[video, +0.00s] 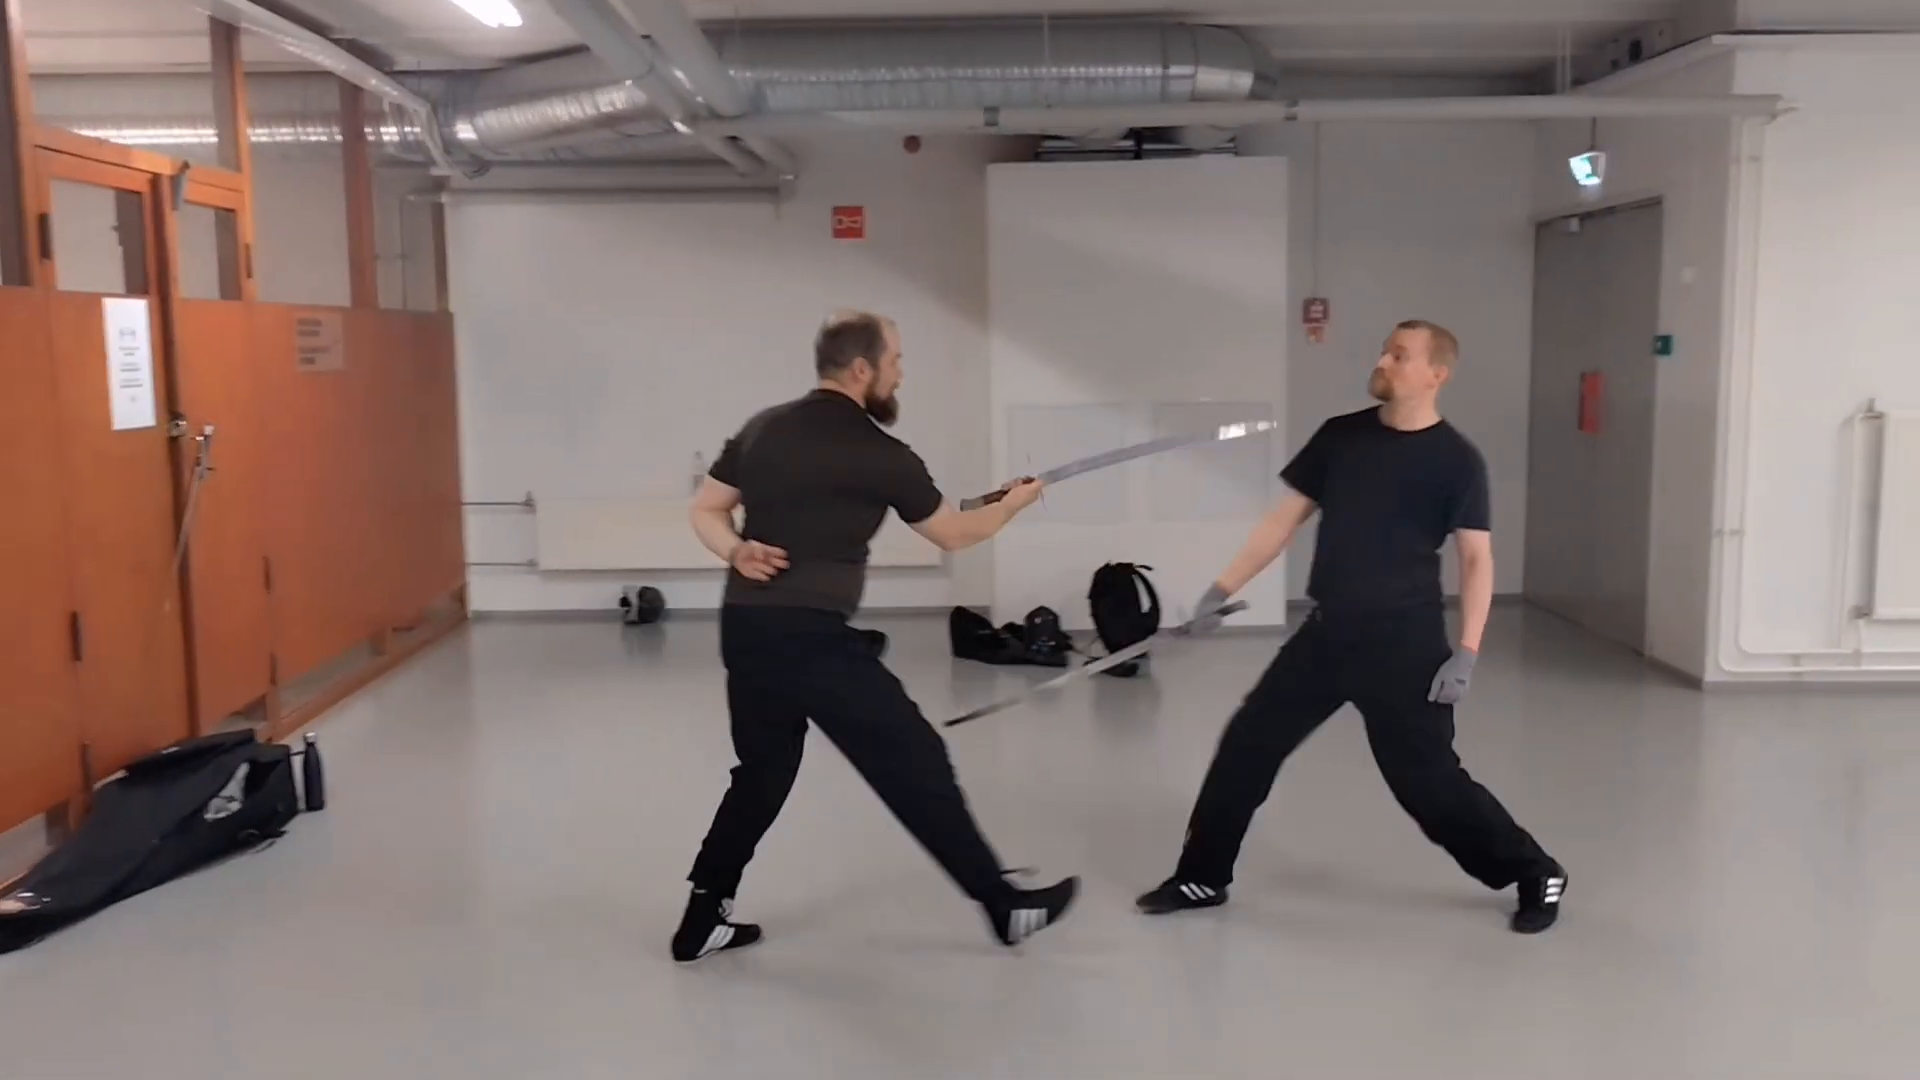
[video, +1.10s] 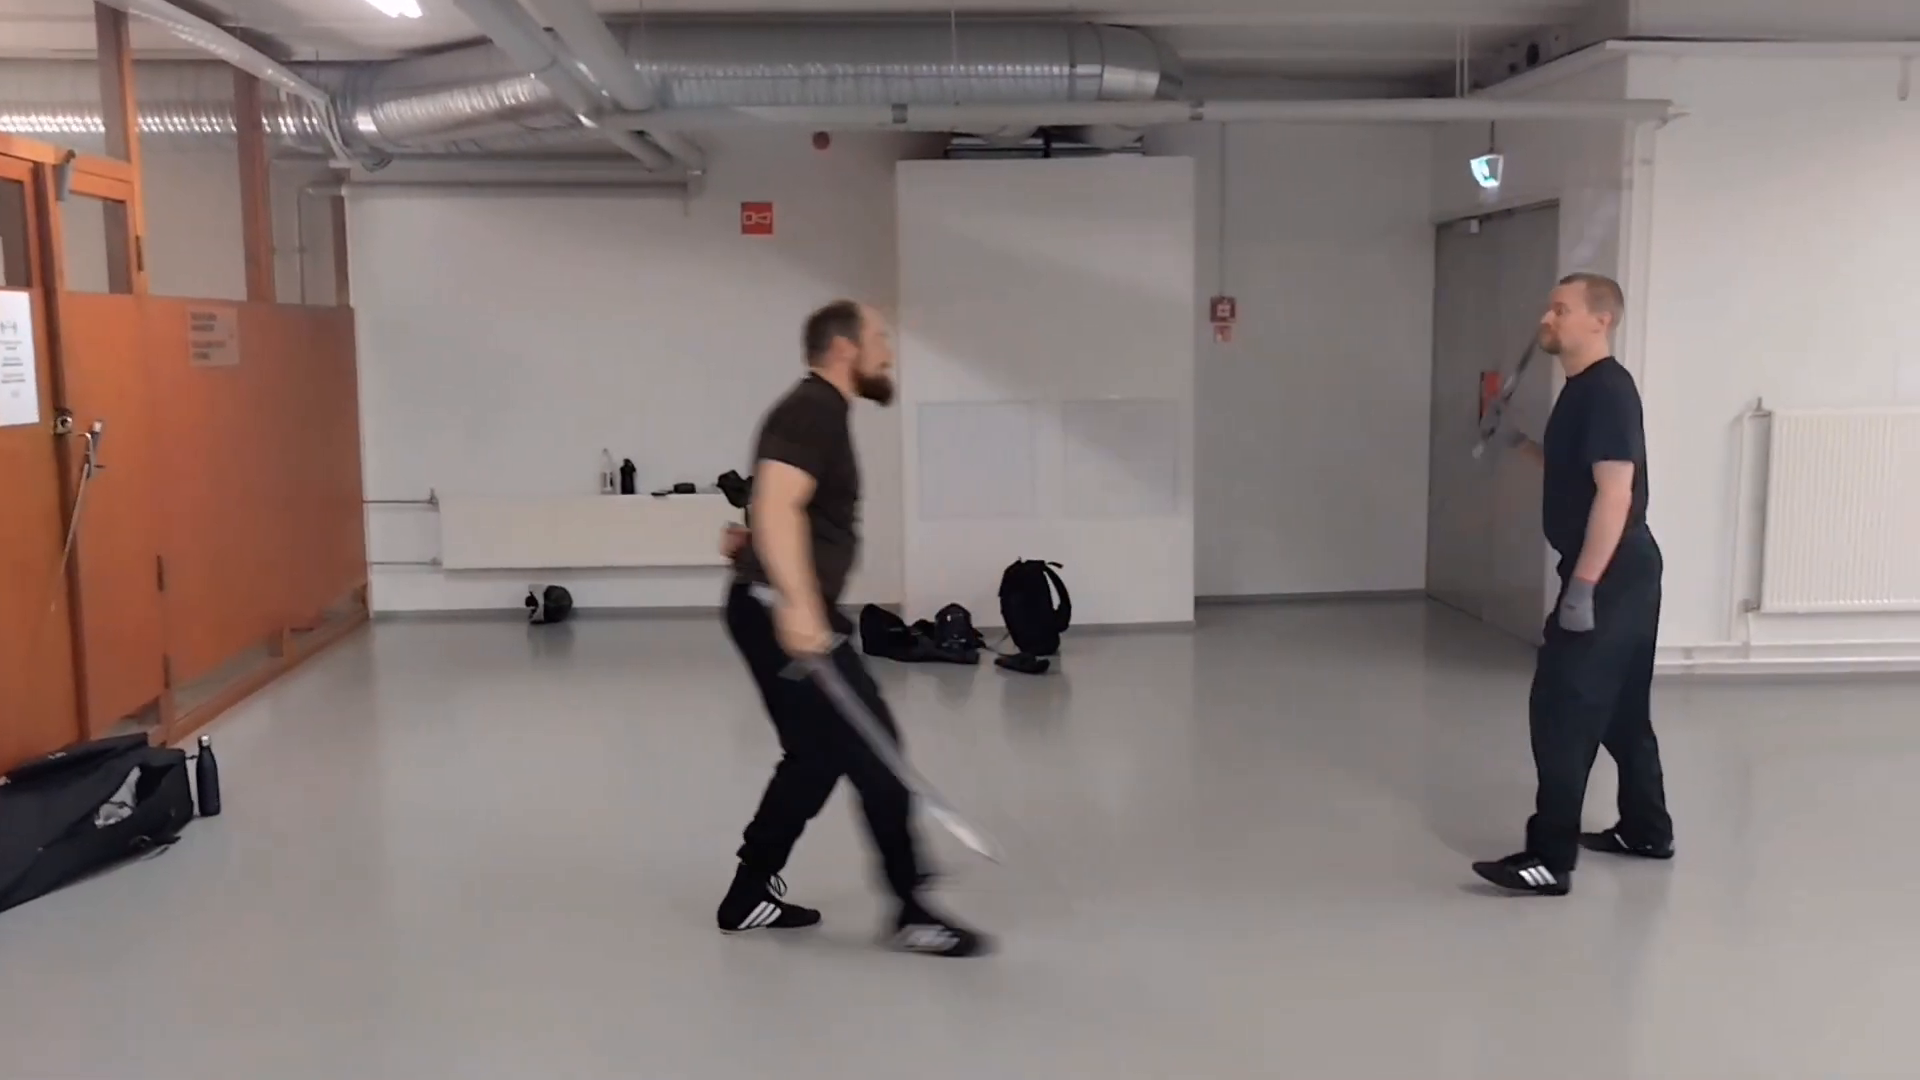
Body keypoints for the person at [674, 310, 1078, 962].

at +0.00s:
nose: (901, 372)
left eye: (899, 360)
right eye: (894, 361)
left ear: (835, 370)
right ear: (861, 369)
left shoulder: (766, 429)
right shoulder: (880, 453)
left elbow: (706, 509)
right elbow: (951, 532)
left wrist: (735, 549)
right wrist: (1011, 505)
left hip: (746, 631)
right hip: (815, 633)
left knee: (763, 771)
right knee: (913, 757)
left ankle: (700, 920)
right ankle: (1003, 902)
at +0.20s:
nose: (982, 383)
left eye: (978, 371)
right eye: (976, 372)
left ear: (912, 381)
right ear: (952, 381)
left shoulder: (853, 446)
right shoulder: (967, 468)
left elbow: (791, 529)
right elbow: (1027, 557)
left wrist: (826, 568)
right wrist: (1058, 522)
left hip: (834, 646)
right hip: (913, 649)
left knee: (802, 779)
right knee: (1013, 762)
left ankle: (696, 909)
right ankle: (1042, 920)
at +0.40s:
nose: (1049, 360)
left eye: (1047, 349)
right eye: (1044, 350)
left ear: (978, 362)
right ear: (1020, 361)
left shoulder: (919, 422)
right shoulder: (1032, 453)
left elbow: (863, 501)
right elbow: (1073, 571)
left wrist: (878, 541)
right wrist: (1104, 587)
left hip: (881, 619)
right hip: (959, 628)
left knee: (864, 761)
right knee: (1038, 758)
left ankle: (746, 891)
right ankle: (1032, 917)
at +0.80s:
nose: (1014, 344)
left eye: (1010, 330)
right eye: (1006, 332)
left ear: (947, 346)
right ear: (976, 342)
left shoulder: (901, 410)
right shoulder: (978, 427)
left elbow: (857, 495)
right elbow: (998, 547)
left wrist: (853, 525)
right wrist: (1033, 646)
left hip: (864, 602)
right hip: (928, 610)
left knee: (870, 747)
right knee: (1000, 758)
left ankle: (779, 881)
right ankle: (998, 915)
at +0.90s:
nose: (972, 346)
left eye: (967, 331)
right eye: (962, 332)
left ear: (912, 346)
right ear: (929, 343)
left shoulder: (865, 417)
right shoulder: (924, 422)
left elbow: (830, 534)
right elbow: (936, 536)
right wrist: (966, 631)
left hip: (839, 606)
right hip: (891, 610)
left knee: (857, 755)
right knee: (971, 769)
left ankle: (767, 889)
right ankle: (988, 916)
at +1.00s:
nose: (925, 350)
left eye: (922, 338)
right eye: (916, 337)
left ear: (872, 348)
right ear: (882, 346)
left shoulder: (841, 413)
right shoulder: (859, 416)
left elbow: (796, 534)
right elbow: (854, 522)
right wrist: (881, 616)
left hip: (815, 612)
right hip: (837, 612)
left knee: (839, 756)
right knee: (921, 755)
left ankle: (757, 892)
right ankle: (979, 908)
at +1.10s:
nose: (889, 353)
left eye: (886, 340)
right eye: (879, 340)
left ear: (839, 348)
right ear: (842, 347)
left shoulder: (825, 413)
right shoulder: (810, 410)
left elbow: (802, 510)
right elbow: (774, 509)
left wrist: (758, 541)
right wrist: (801, 606)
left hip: (786, 609)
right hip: (783, 611)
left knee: (815, 750)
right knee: (873, 745)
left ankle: (749, 893)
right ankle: (911, 909)